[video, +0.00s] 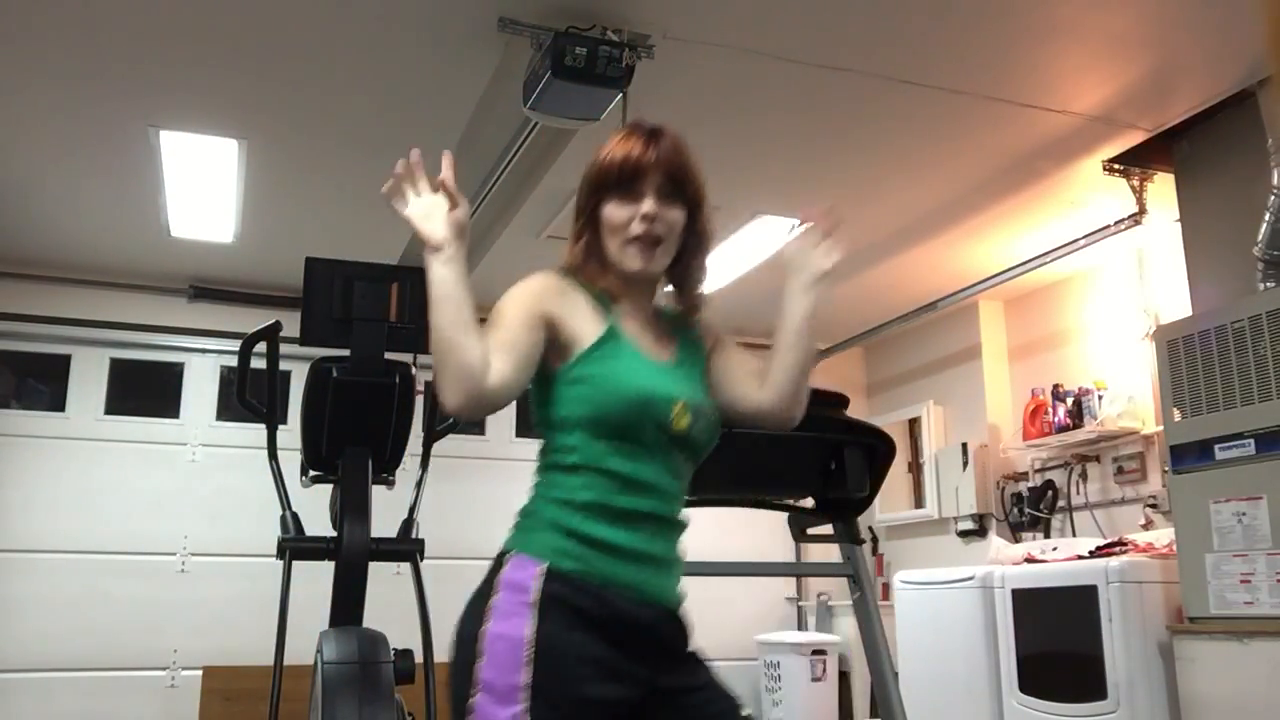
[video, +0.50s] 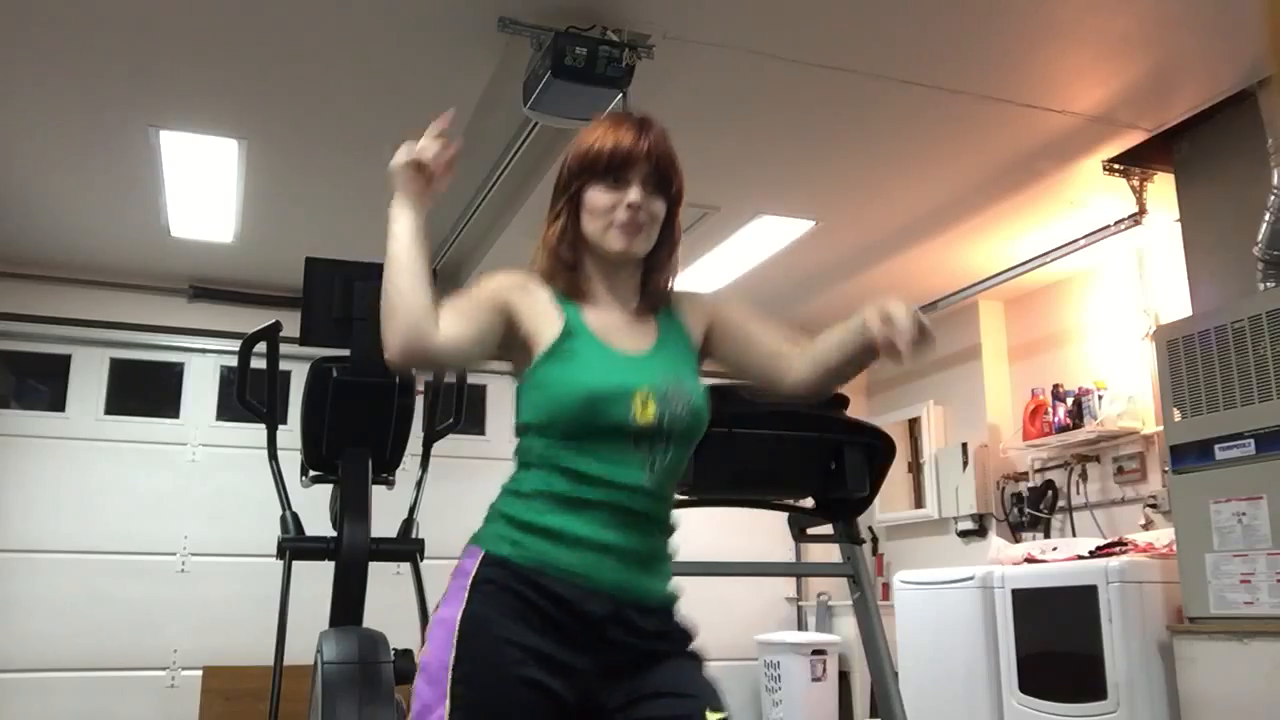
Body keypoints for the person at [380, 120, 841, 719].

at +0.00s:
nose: (649, 212)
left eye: (669, 196)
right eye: (628, 194)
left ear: (689, 218)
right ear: (595, 211)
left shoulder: (696, 335)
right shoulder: (551, 298)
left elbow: (777, 406)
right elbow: (465, 391)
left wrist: (803, 284)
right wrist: (443, 250)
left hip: (649, 624)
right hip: (547, 611)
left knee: (718, 712)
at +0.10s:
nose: (633, 224)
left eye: (653, 208)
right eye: (611, 205)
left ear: (674, 230)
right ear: (578, 223)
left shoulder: (682, 350)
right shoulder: (533, 309)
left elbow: (756, 430)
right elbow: (453, 403)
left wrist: (781, 303)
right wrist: (430, 262)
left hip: (633, 634)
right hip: (524, 617)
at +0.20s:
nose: (626, 210)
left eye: (647, 194)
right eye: (604, 191)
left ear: (667, 216)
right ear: (571, 206)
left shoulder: (672, 336)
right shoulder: (523, 288)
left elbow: (742, 427)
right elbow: (452, 396)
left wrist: (780, 304)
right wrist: (414, 256)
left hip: (627, 622)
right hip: (516, 605)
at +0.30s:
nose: (622, 208)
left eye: (642, 193)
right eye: (602, 188)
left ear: (662, 215)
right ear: (568, 201)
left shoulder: (674, 336)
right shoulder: (517, 286)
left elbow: (732, 435)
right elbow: (453, 392)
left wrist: (790, 312)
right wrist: (405, 257)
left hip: (624, 616)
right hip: (508, 598)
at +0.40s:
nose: (625, 217)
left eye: (645, 203)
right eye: (603, 198)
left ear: (663, 224)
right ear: (567, 213)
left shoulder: (679, 340)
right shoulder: (514, 307)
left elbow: (749, 431)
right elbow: (439, 402)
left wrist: (821, 326)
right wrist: (400, 263)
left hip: (626, 628)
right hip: (504, 609)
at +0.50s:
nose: (633, 199)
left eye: (652, 186)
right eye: (612, 182)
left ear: (670, 209)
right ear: (574, 202)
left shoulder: (694, 316)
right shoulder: (522, 299)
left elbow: (798, 370)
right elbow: (409, 342)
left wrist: (865, 328)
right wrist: (407, 203)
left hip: (639, 623)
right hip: (514, 605)